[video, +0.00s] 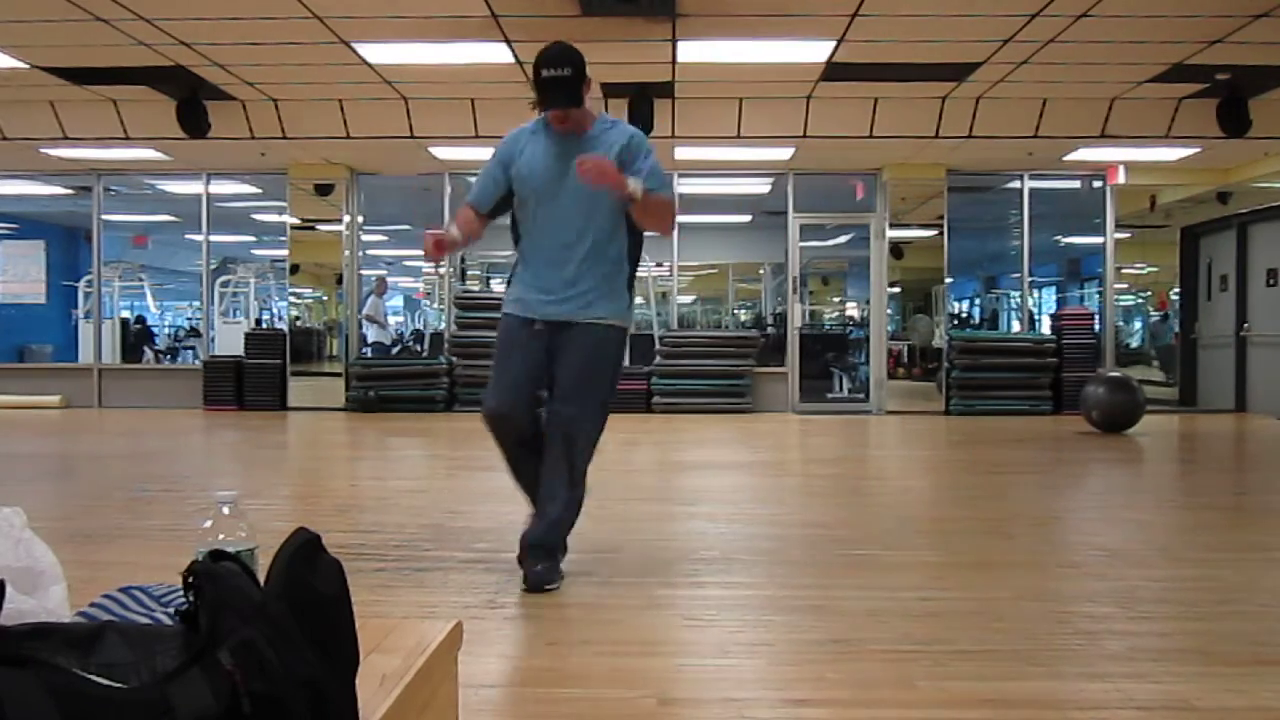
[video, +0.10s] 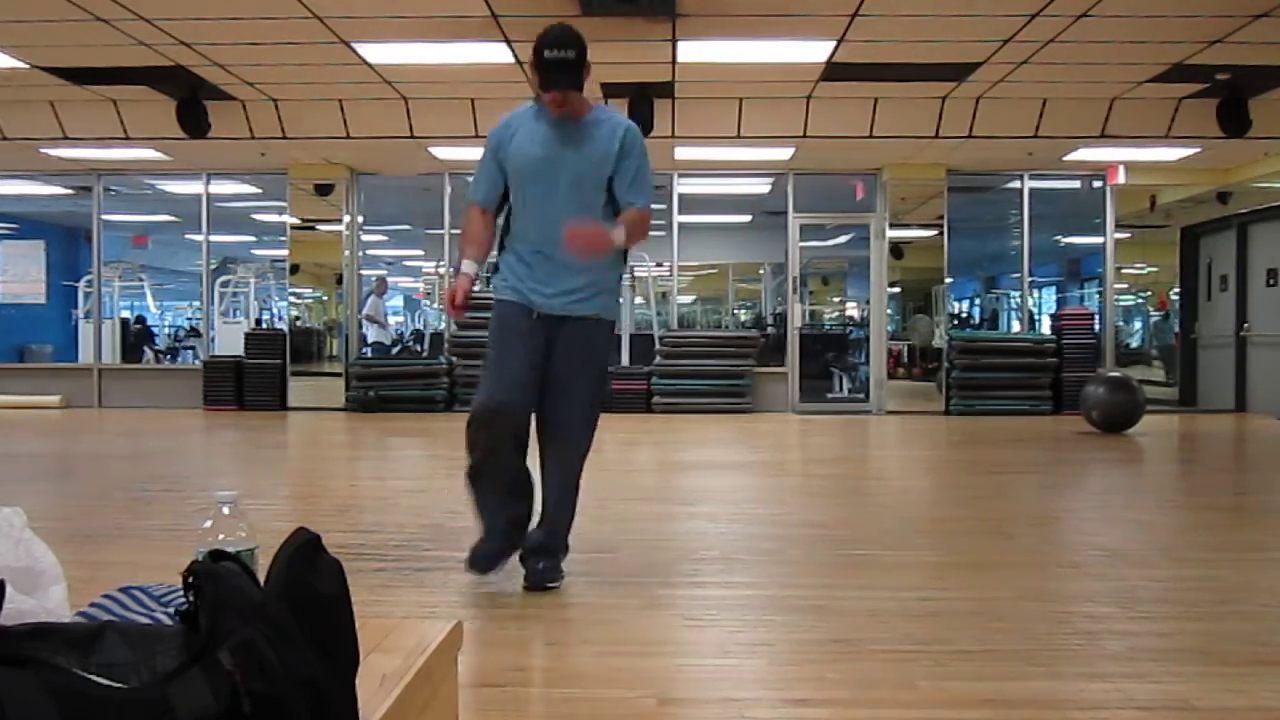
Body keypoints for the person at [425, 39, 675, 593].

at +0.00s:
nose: (559, 118)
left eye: (568, 108)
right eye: (549, 109)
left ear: (588, 91)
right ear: (537, 98)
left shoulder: (625, 141)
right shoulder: (519, 143)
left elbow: (665, 218)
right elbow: (477, 211)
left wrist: (623, 187)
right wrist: (453, 236)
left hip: (597, 308)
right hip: (528, 303)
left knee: (570, 426)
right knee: (503, 408)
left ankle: (544, 553)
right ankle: (552, 503)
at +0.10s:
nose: (556, 99)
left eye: (566, 90)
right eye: (547, 90)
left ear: (585, 77)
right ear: (535, 79)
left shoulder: (621, 136)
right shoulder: (510, 132)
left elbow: (639, 217)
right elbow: (481, 209)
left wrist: (612, 235)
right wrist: (467, 271)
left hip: (588, 304)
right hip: (519, 297)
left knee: (567, 430)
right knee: (495, 410)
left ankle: (547, 551)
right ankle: (504, 522)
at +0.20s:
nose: (562, 81)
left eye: (572, 70)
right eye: (553, 69)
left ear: (588, 64)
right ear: (533, 61)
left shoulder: (616, 121)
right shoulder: (500, 119)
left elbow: (629, 210)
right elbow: (476, 202)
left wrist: (612, 289)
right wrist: (469, 278)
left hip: (579, 298)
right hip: (506, 292)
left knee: (564, 430)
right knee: (489, 426)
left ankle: (545, 555)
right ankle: (488, 566)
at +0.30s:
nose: (563, 81)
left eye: (574, 70)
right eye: (554, 69)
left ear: (589, 66)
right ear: (533, 60)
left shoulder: (615, 132)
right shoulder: (491, 122)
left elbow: (633, 220)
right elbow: (454, 199)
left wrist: (632, 312)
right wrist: (453, 284)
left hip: (573, 308)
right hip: (495, 303)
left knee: (559, 428)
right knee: (482, 431)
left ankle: (551, 538)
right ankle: (490, 567)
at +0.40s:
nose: (569, 77)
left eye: (579, 67)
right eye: (559, 66)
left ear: (592, 56)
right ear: (535, 46)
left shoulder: (619, 122)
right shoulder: (488, 108)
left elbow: (640, 215)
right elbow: (448, 187)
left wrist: (641, 301)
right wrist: (443, 275)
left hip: (576, 299)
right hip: (495, 298)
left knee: (572, 424)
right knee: (483, 434)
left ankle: (561, 544)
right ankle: (491, 568)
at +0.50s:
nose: (583, 64)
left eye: (592, 54)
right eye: (573, 51)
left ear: (604, 44)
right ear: (545, 31)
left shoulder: (624, 114)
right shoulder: (494, 98)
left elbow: (639, 210)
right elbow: (451, 178)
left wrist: (654, 289)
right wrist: (445, 264)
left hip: (588, 298)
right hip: (504, 295)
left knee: (580, 438)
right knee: (497, 437)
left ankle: (568, 578)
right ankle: (492, 571)